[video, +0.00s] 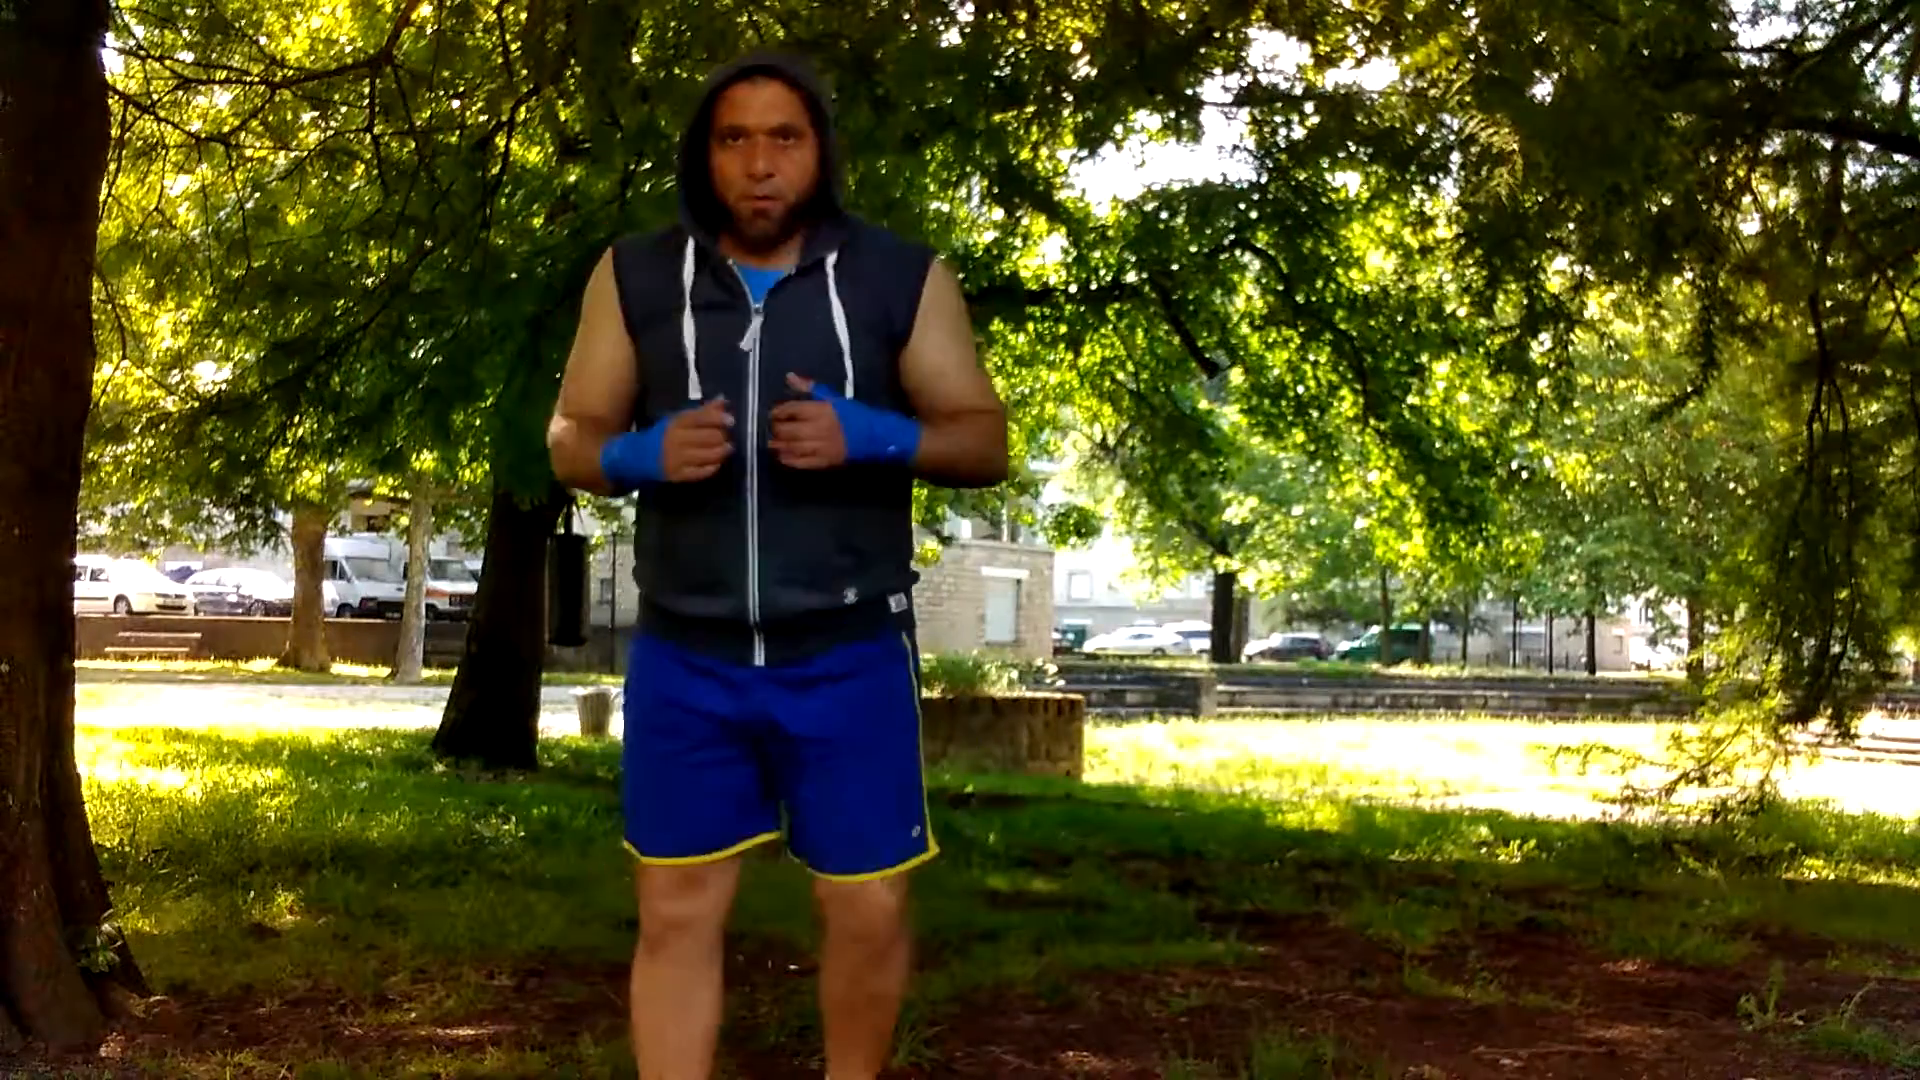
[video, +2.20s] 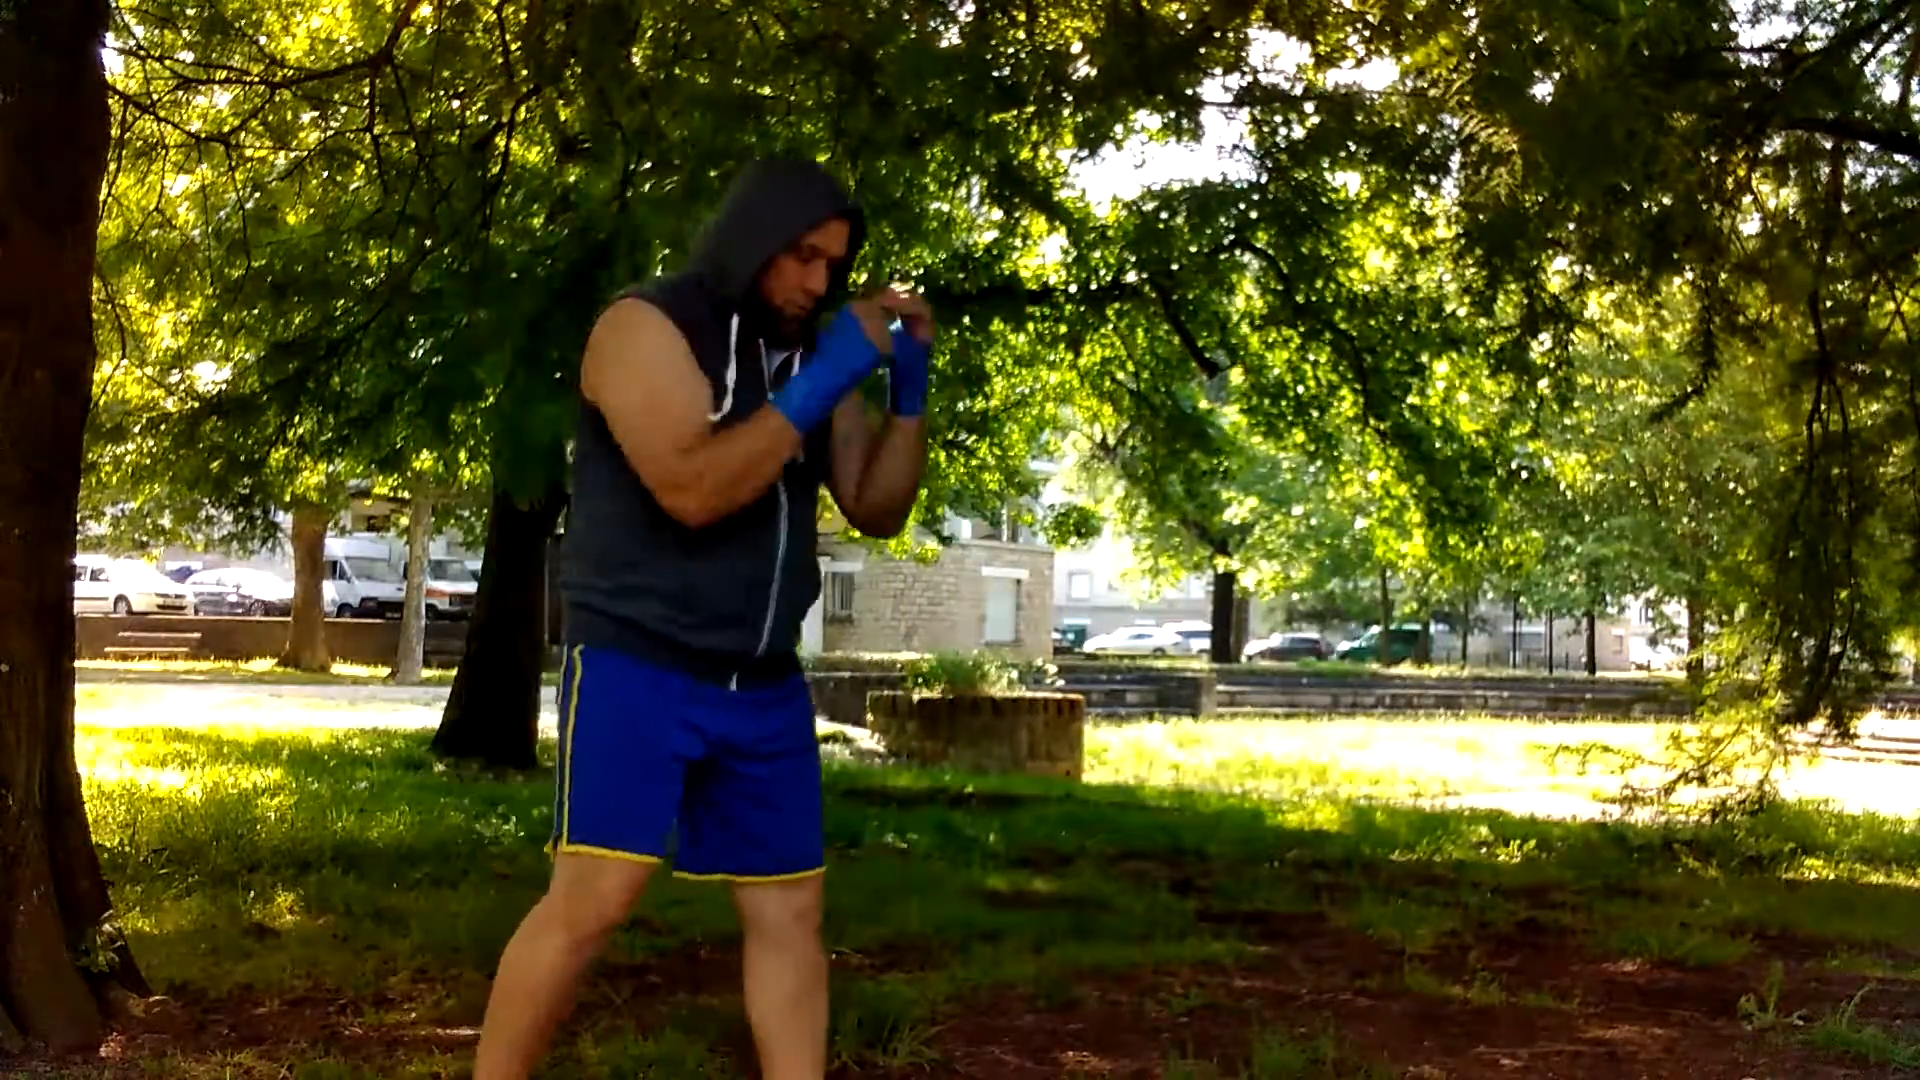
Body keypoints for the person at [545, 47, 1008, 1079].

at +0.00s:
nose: (760, 160)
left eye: (784, 137)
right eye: (736, 139)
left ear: (822, 152)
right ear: (704, 156)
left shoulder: (901, 279)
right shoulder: (634, 277)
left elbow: (987, 445)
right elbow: (569, 441)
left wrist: (868, 434)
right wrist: (645, 452)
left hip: (851, 659)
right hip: (684, 658)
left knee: (869, 915)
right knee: (674, 911)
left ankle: (851, 1075)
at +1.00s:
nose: (816, 227)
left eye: (833, 209)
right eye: (793, 209)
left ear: (856, 228)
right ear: (757, 226)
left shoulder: (892, 367)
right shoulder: (679, 333)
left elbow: (940, 527)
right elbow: (634, 484)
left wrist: (964, 469)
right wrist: (808, 450)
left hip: (831, 676)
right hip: (693, 663)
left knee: (850, 903)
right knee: (631, 890)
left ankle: (827, 1075)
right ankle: (551, 1071)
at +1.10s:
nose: (807, 214)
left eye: (824, 196)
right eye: (782, 196)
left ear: (846, 214)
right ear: (745, 214)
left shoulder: (867, 340)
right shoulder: (676, 309)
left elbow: (889, 515)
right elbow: (673, 435)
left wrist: (924, 436)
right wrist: (813, 369)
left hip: (811, 656)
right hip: (680, 646)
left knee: (828, 892)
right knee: (606, 880)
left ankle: (819, 1076)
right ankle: (503, 1070)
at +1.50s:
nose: (686, 223)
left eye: (695, 205)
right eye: (664, 201)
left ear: (701, 220)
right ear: (607, 208)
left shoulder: (714, 330)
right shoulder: (511, 330)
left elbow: (831, 430)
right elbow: (549, 493)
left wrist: (882, 354)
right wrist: (674, 380)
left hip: (699, 667)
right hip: (555, 669)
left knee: (785, 863)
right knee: (514, 921)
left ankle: (725, 1072)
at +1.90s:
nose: (682, 225)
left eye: (692, 206)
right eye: (660, 202)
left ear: (700, 220)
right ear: (603, 205)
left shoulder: (696, 336)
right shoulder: (513, 314)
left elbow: (760, 488)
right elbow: (604, 430)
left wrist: (812, 432)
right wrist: (726, 330)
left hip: (694, 669)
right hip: (555, 670)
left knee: (760, 883)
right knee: (503, 917)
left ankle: (781, 1075)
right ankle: (455, 1073)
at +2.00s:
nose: (701, 249)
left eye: (715, 232)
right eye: (682, 225)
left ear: (724, 240)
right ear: (626, 218)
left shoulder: (720, 353)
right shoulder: (544, 320)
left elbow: (803, 484)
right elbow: (700, 365)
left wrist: (869, 409)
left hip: (707, 679)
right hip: (566, 671)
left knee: (752, 907)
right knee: (519, 921)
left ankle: (779, 1078)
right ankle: (460, 1075)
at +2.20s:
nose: (821, 284)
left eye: (832, 265)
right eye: (807, 258)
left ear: (833, 264)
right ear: (750, 241)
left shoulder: (805, 359)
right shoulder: (638, 329)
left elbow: (877, 510)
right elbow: (692, 487)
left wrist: (909, 382)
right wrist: (827, 374)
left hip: (763, 679)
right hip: (638, 670)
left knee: (789, 909)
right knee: (592, 899)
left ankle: (797, 1077)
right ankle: (496, 1070)